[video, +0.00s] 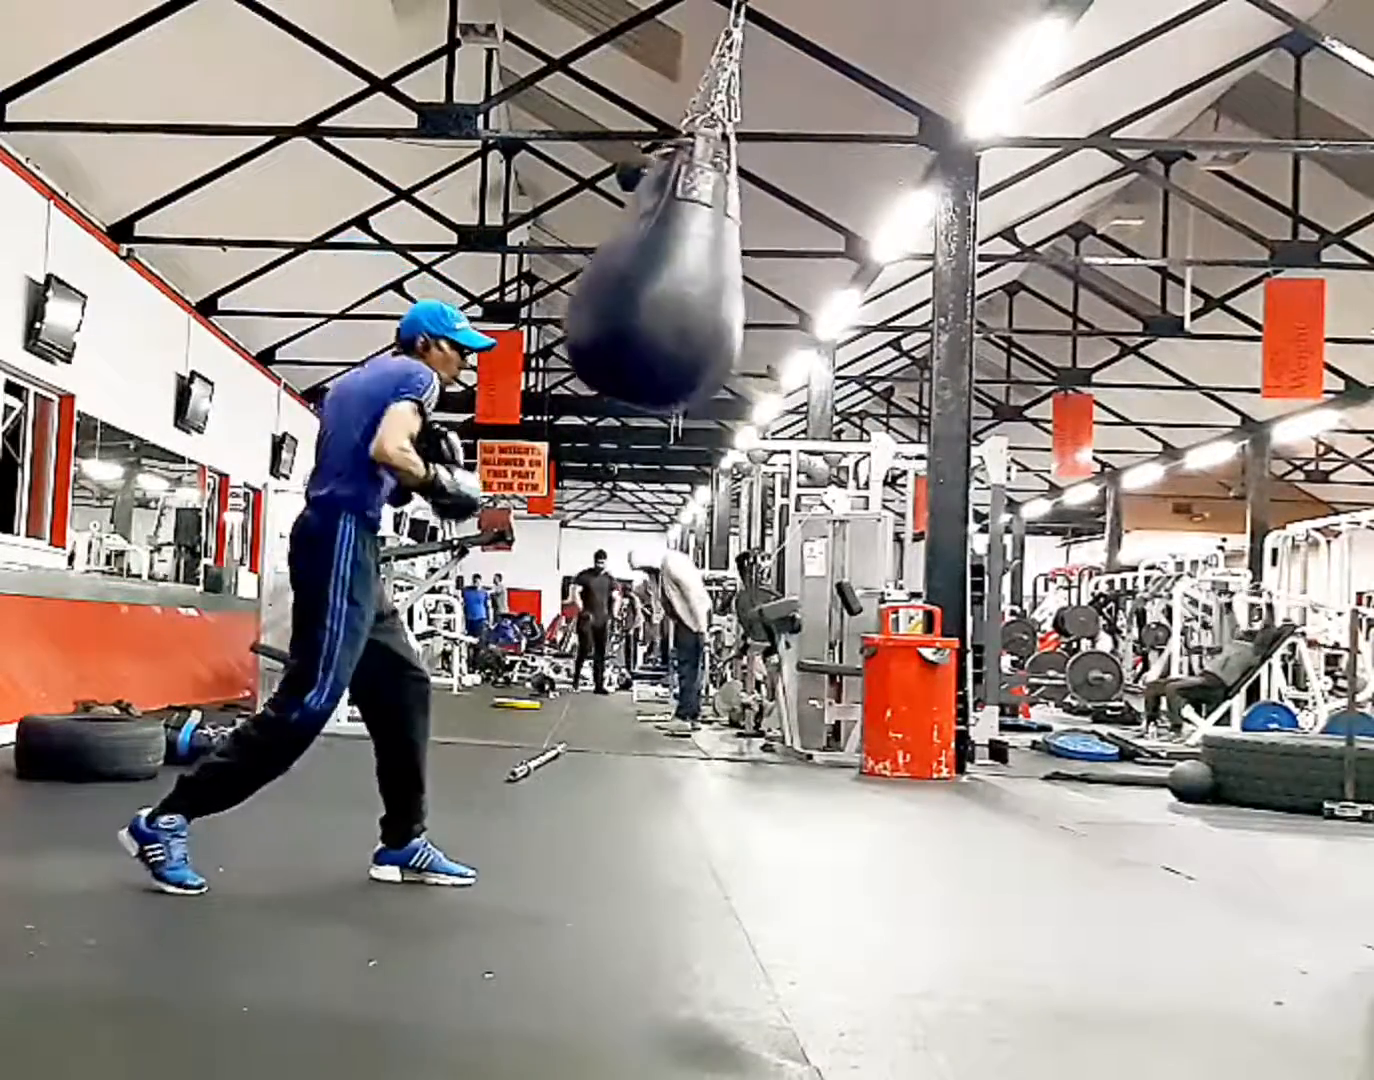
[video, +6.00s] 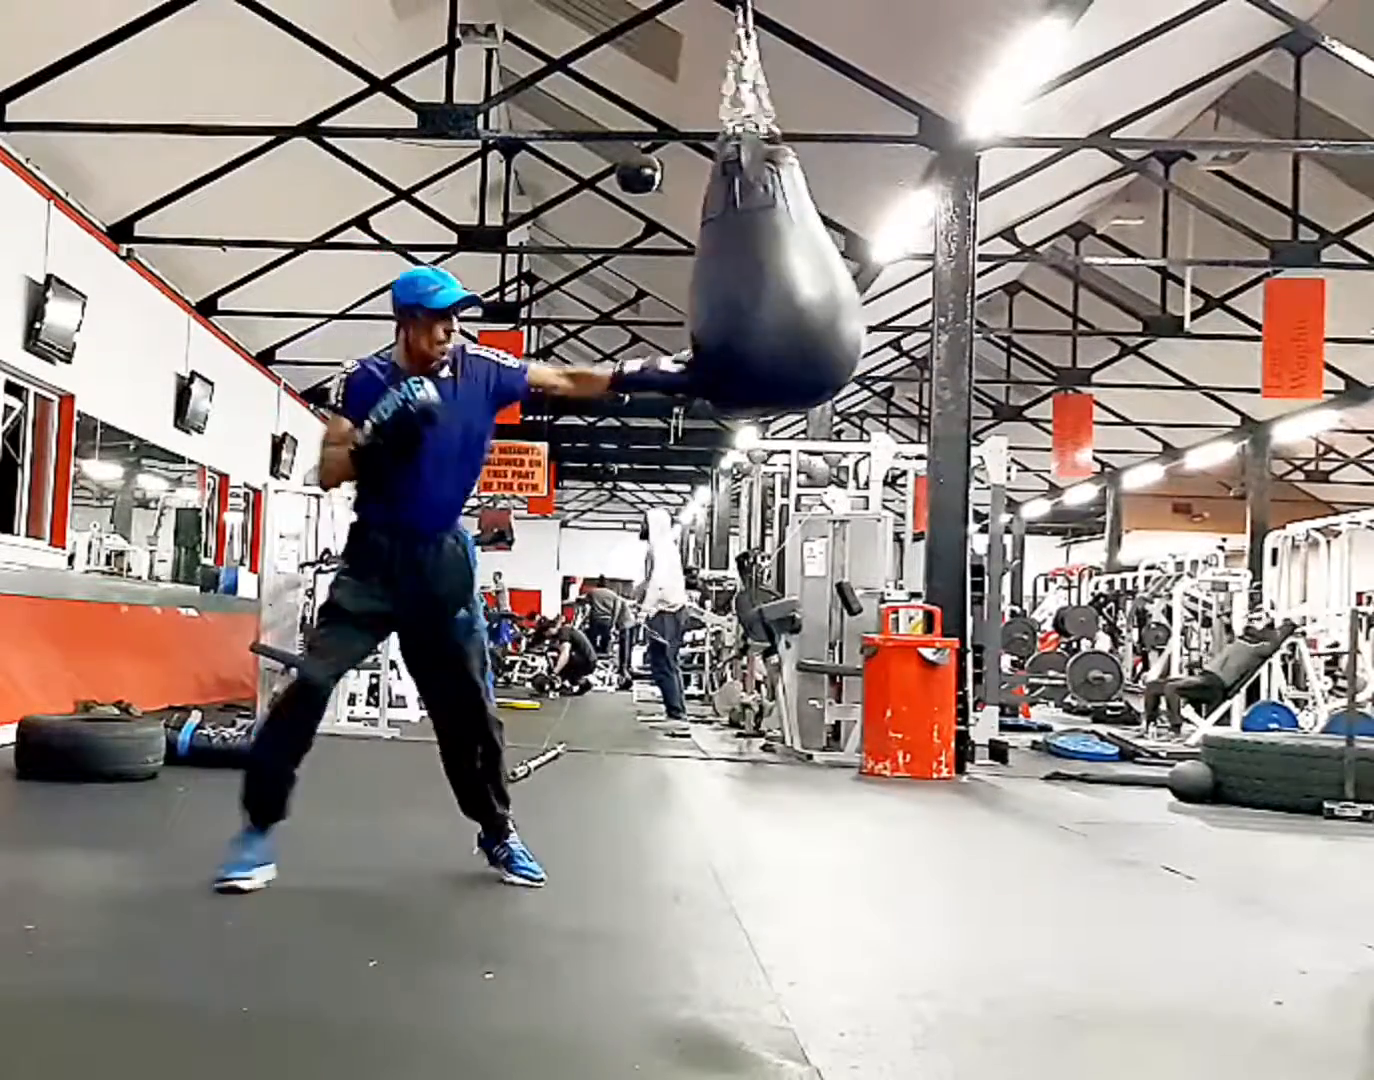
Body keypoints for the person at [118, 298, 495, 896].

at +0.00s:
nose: (465, 365)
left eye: (466, 355)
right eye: (460, 353)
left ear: (413, 343)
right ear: (431, 343)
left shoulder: (355, 383)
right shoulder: (416, 376)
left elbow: (350, 467)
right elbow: (389, 447)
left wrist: (419, 483)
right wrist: (437, 481)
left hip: (338, 540)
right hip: (342, 539)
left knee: (403, 688)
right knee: (308, 704)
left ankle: (402, 842)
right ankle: (164, 823)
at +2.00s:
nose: (457, 383)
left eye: (460, 372)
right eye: (453, 370)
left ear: (402, 357)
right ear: (427, 361)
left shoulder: (340, 384)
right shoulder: (415, 396)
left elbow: (303, 463)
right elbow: (382, 464)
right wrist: (422, 533)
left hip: (285, 520)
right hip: (316, 528)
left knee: (359, 684)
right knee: (277, 704)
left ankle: (363, 844)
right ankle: (139, 827)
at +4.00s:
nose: (516, 387)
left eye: (520, 376)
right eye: (511, 372)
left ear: (479, 369)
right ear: (479, 362)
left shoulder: (440, 417)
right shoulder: (435, 372)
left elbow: (400, 521)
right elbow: (415, 410)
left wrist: (460, 497)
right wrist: (472, 445)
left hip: (361, 545)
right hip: (335, 534)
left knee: (403, 691)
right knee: (303, 717)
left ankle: (425, 850)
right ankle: (183, 846)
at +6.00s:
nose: (446, 338)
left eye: (451, 326)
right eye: (435, 326)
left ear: (456, 324)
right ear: (403, 321)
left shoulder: (482, 371)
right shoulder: (367, 379)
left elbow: (569, 381)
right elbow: (327, 473)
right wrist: (382, 429)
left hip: (443, 568)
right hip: (371, 564)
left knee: (468, 703)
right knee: (309, 684)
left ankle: (498, 834)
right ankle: (256, 833)